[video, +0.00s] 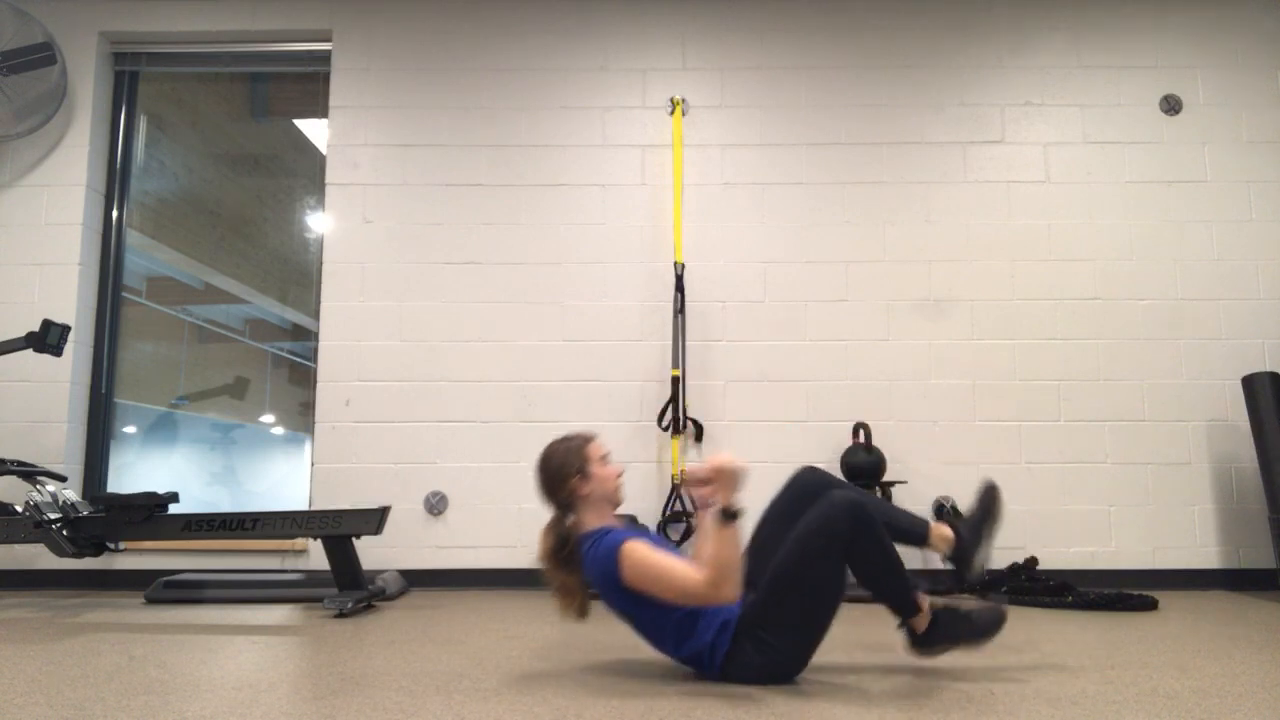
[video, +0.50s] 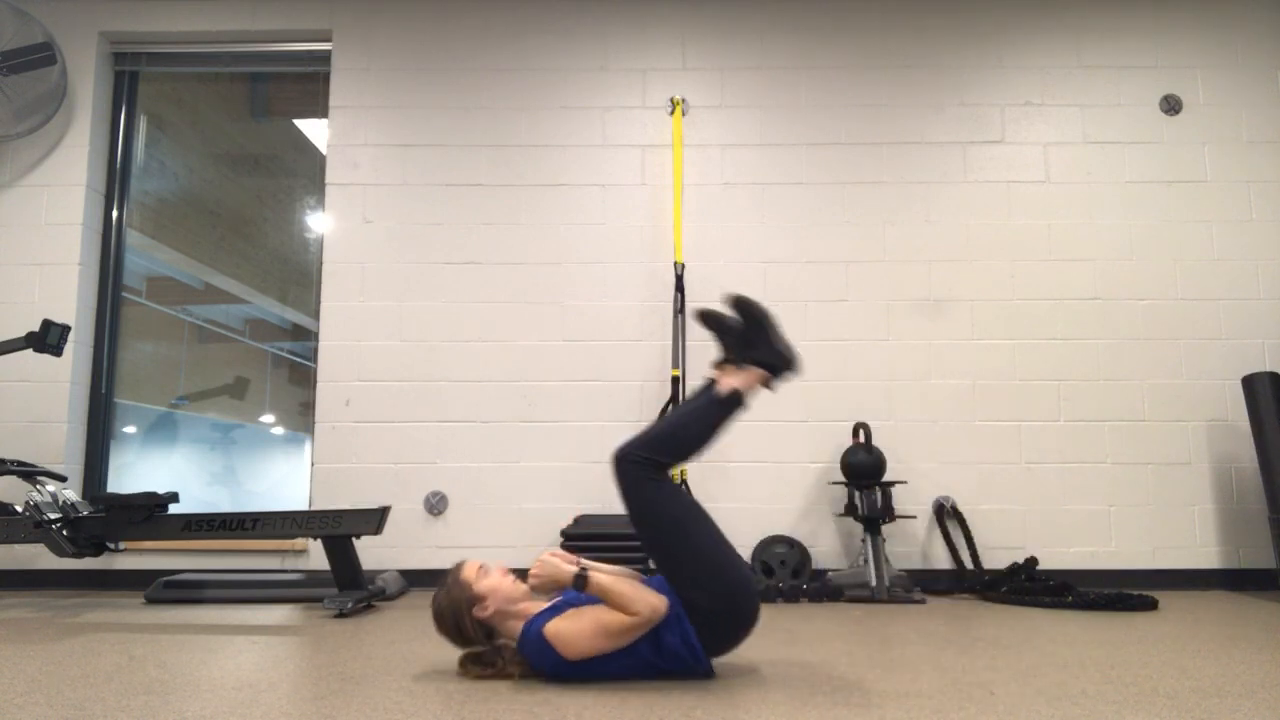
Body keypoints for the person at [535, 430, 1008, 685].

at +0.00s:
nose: (617, 467)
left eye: (609, 459)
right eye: (605, 463)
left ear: (582, 485)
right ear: (581, 484)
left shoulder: (608, 535)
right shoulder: (613, 547)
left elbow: (705, 579)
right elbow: (720, 588)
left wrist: (706, 510)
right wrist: (723, 506)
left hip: (741, 624)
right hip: (750, 649)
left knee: (811, 482)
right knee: (842, 508)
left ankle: (950, 537)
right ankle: (921, 624)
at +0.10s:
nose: (589, 494)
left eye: (581, 486)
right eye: (576, 491)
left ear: (557, 517)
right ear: (554, 516)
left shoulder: (594, 558)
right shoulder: (596, 576)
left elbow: (689, 592)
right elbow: (701, 608)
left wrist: (677, 524)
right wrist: (682, 529)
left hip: (731, 625)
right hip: (746, 651)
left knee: (785, 474)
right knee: (809, 493)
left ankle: (926, 506)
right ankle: (934, 582)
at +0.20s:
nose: (562, 518)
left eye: (551, 511)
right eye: (548, 518)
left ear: (535, 547)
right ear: (531, 547)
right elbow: (683, 621)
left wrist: (633, 539)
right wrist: (648, 548)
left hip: (733, 624)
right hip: (743, 648)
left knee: (747, 466)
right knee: (753, 477)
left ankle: (875, 464)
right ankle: (910, 512)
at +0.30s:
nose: (536, 539)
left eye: (524, 535)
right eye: (520, 542)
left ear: (522, 567)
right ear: (511, 576)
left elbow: (661, 614)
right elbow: (670, 625)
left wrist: (610, 562)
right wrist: (618, 562)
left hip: (723, 624)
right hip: (735, 644)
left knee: (702, 466)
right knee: (703, 470)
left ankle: (824, 426)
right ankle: (853, 447)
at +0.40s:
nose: (514, 554)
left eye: (503, 551)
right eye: (499, 558)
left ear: (504, 587)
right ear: (493, 595)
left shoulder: (557, 610)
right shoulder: (555, 631)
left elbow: (651, 604)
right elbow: (654, 617)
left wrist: (591, 567)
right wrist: (593, 568)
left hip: (712, 613)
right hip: (721, 627)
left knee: (665, 461)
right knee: (665, 464)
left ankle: (776, 390)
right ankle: (797, 398)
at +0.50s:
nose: (500, 566)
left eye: (487, 565)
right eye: (484, 573)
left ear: (492, 605)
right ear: (484, 609)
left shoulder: (544, 615)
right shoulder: (546, 638)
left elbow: (644, 598)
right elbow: (652, 610)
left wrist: (578, 572)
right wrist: (578, 575)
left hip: (701, 604)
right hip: (714, 617)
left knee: (637, 461)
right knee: (634, 462)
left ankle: (743, 370)